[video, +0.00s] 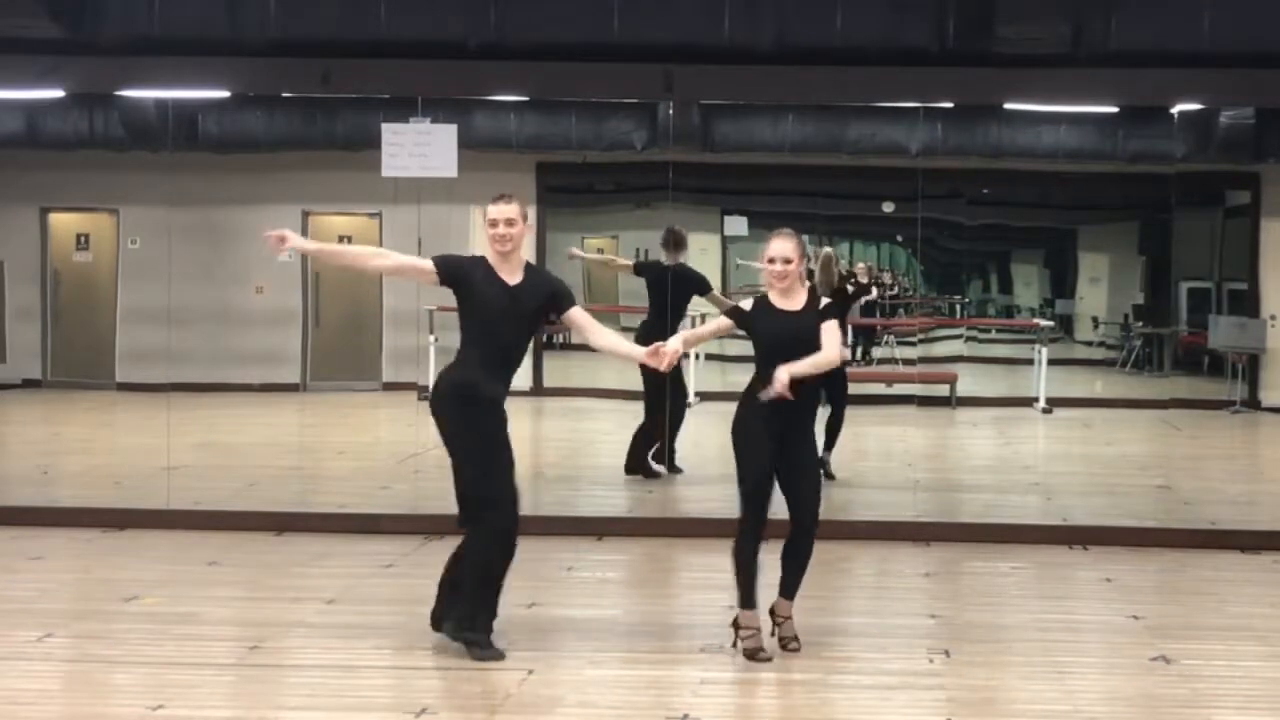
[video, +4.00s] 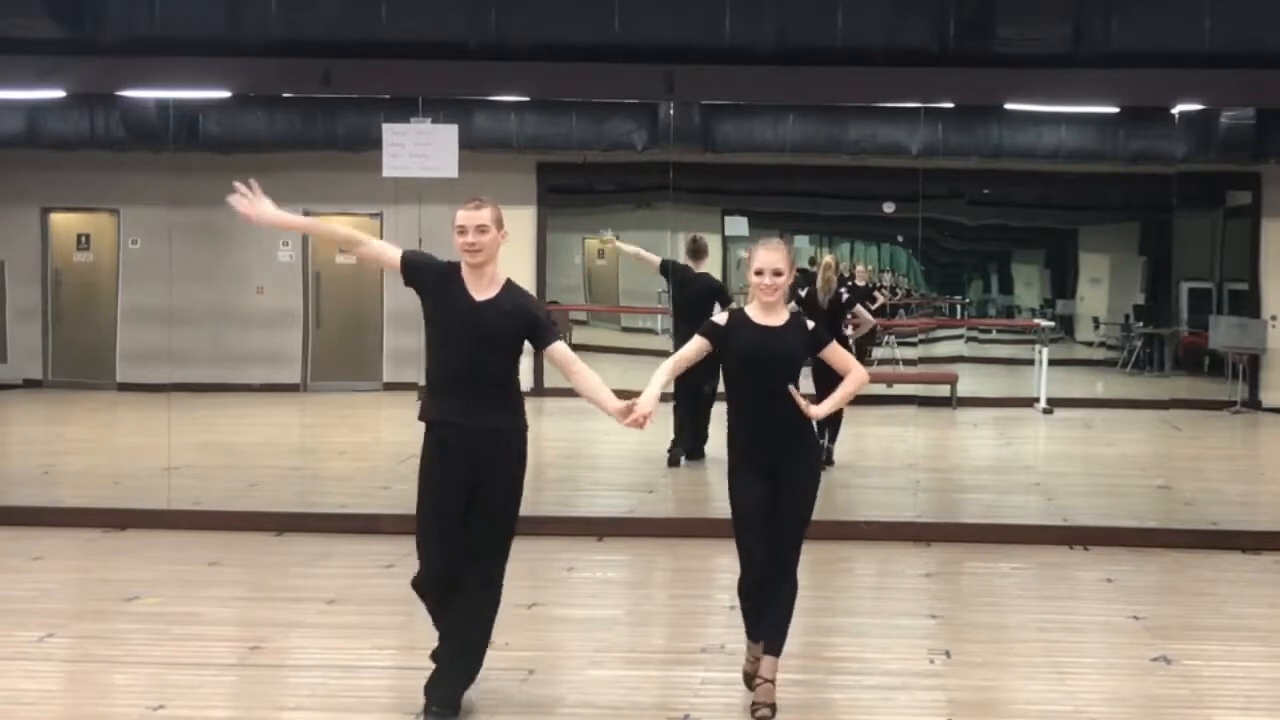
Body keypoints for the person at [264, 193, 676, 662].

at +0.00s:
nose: (502, 231)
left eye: (510, 223)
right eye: (494, 223)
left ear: (526, 229)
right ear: (484, 229)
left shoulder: (545, 286)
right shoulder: (465, 270)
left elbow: (594, 332)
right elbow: (381, 261)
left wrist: (643, 354)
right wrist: (305, 245)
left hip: (486, 404)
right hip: (460, 400)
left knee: (494, 518)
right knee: (498, 518)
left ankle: (451, 610)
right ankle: (471, 626)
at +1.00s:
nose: (489, 219)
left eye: (498, 213)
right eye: (482, 213)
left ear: (515, 223)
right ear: (472, 223)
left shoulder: (529, 287)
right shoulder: (446, 270)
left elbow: (562, 341)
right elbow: (365, 288)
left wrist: (596, 365)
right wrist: (298, 315)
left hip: (513, 415)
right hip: (461, 411)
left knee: (509, 518)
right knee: (447, 510)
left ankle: (483, 615)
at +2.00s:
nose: (467, 212)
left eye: (477, 204)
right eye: (460, 204)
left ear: (494, 213)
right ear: (449, 212)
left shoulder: (513, 279)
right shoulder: (424, 265)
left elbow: (545, 337)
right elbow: (337, 261)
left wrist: (578, 365)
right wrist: (251, 256)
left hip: (491, 408)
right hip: (435, 410)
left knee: (457, 473)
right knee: (453, 535)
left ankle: (390, 557)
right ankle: (465, 659)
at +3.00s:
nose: (477, 233)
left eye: (486, 225)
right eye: (469, 225)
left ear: (504, 234)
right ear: (459, 234)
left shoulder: (523, 300)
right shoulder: (433, 291)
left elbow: (574, 349)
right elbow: (358, 320)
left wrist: (615, 370)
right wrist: (291, 356)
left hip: (501, 435)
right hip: (451, 434)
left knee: (472, 537)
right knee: (449, 536)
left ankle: (473, 643)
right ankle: (474, 652)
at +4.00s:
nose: (469, 238)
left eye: (480, 229)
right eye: (461, 230)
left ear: (502, 235)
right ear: (454, 236)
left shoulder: (521, 305)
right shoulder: (433, 275)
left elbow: (571, 365)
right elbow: (355, 242)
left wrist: (618, 409)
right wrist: (277, 218)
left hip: (501, 448)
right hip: (444, 443)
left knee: (481, 574)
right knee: (433, 572)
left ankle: (445, 698)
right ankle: (459, 648)